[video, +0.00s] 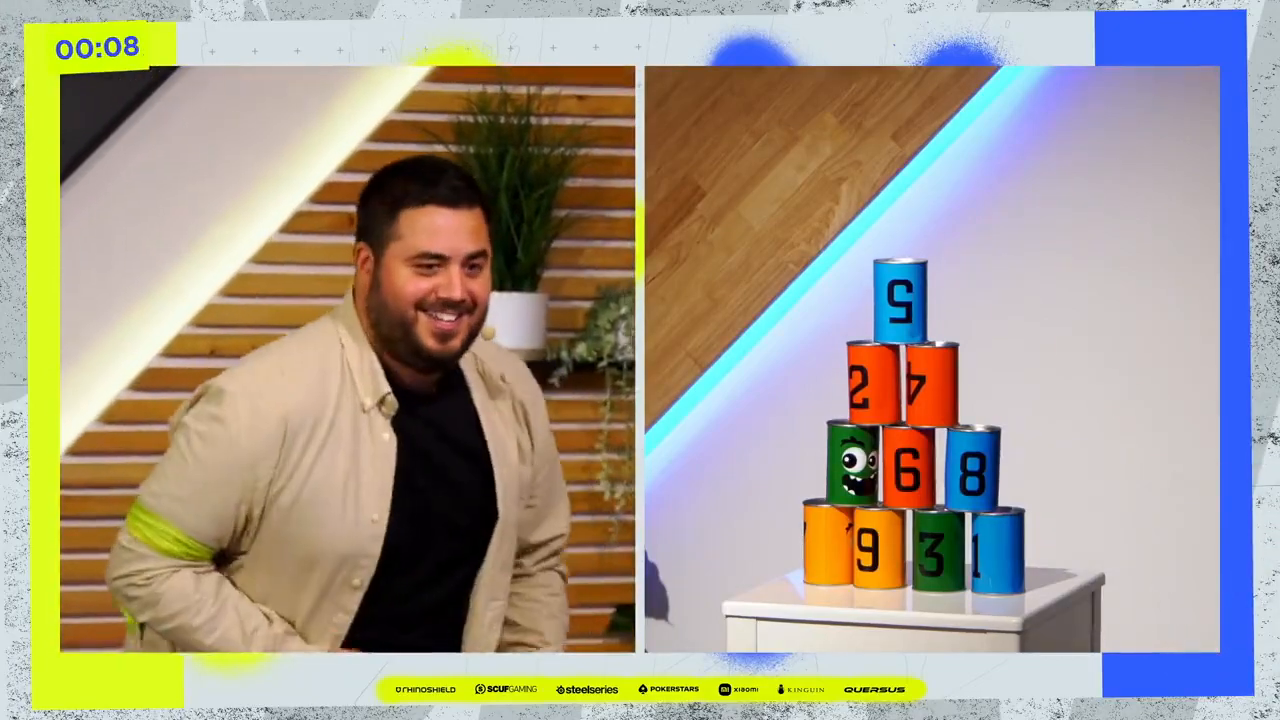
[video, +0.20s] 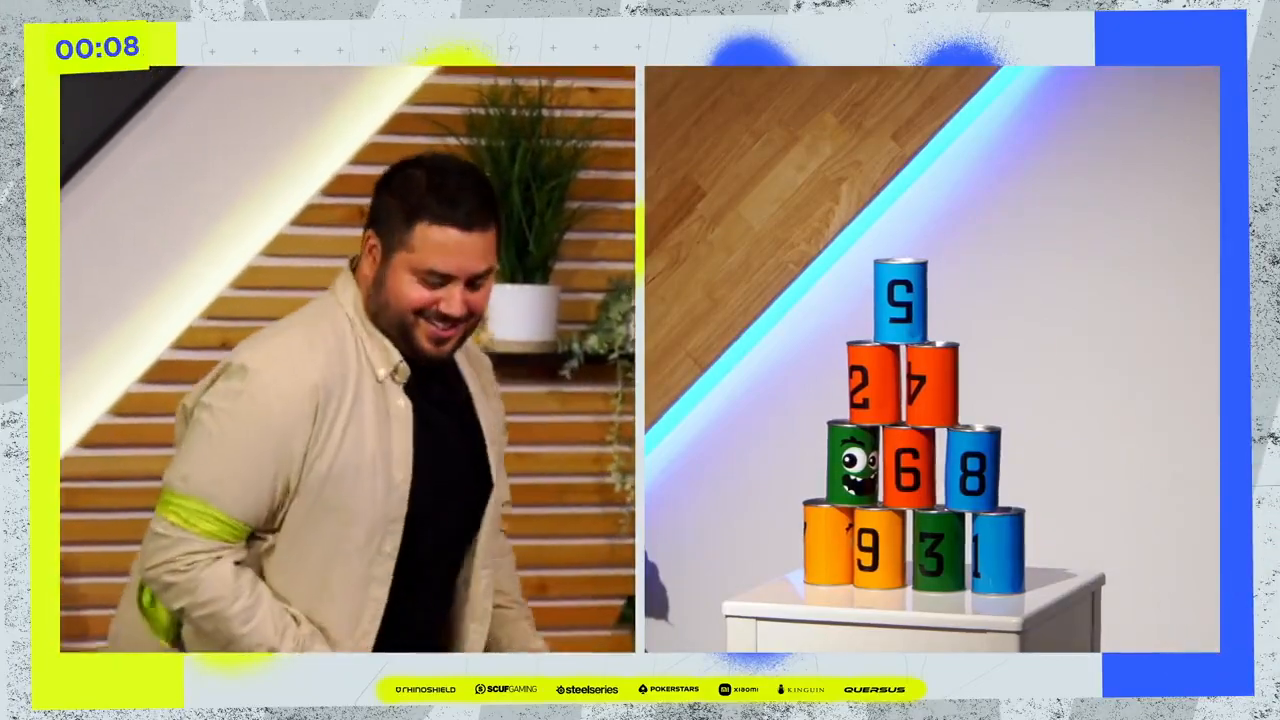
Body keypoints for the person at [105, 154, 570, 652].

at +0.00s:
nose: (456, 293)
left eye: (474, 266)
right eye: (427, 266)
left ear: (491, 269)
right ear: (366, 266)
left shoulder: (509, 385)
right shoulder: (260, 402)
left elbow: (538, 561)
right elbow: (149, 566)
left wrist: (521, 685)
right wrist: (309, 668)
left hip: (451, 704)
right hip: (275, 710)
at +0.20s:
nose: (458, 307)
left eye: (477, 282)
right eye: (433, 280)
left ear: (494, 269)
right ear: (372, 255)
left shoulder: (469, 366)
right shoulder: (281, 374)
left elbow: (485, 555)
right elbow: (182, 559)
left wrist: (535, 682)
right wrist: (325, 681)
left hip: (421, 694)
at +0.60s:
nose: (362, 190)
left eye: (379, 168)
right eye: (335, 166)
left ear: (392, 182)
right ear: (275, 178)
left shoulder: (330, 304)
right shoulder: (230, 289)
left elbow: (296, 483)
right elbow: (184, 450)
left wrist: (420, 505)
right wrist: (331, 575)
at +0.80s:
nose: (359, 194)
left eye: (375, 170)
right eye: (333, 167)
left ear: (391, 172)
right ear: (273, 162)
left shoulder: (350, 291)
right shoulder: (211, 272)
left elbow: (356, 439)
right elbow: (135, 408)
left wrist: (471, 363)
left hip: (324, 638)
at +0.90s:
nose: (392, 244)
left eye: (411, 222)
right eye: (373, 215)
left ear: (427, 210)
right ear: (311, 182)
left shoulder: (370, 286)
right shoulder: (213, 286)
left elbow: (395, 420)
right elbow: (111, 424)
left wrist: (515, 356)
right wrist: (117, 577)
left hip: (360, 649)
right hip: (236, 657)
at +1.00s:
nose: (417, 289)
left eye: (438, 267)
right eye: (399, 260)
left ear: (457, 245)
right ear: (340, 210)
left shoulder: (405, 307)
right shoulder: (226, 314)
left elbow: (419, 424)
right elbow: (98, 475)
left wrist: (551, 374)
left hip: (372, 663)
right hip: (239, 673)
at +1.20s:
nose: (414, 336)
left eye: (439, 314)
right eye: (394, 308)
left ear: (461, 291)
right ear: (343, 259)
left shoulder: (440, 336)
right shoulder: (217, 353)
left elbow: (457, 431)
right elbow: (114, 550)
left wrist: (585, 445)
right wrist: (81, 700)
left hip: (379, 674)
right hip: (234, 684)